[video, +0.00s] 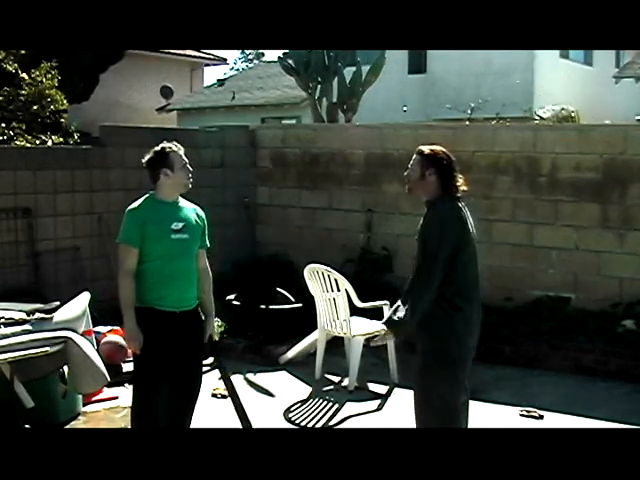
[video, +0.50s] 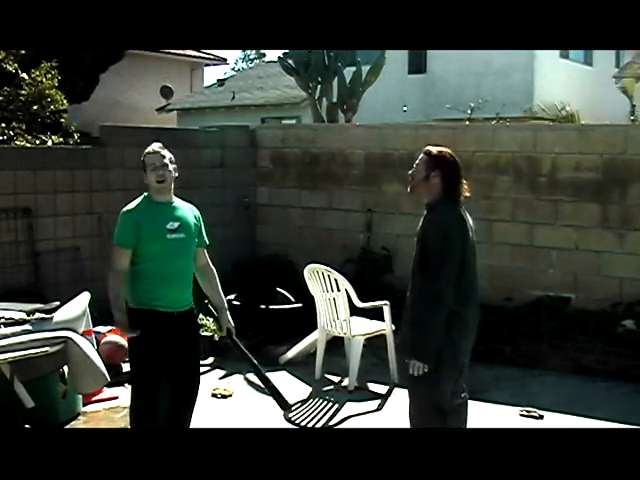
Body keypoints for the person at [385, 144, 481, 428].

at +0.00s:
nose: (406, 176)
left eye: (411, 171)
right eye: (408, 169)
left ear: (430, 176)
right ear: (432, 177)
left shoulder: (442, 216)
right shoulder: (448, 210)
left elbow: (428, 276)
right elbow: (425, 274)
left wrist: (401, 322)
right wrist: (401, 308)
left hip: (447, 327)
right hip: (452, 323)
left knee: (435, 403)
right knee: (446, 400)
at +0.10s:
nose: (406, 177)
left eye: (412, 171)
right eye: (408, 170)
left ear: (431, 176)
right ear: (431, 176)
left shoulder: (444, 214)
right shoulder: (442, 210)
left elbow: (426, 271)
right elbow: (422, 265)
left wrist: (393, 314)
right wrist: (392, 299)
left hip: (448, 326)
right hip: (446, 322)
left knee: (437, 400)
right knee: (441, 398)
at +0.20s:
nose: (407, 177)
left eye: (413, 171)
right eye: (408, 170)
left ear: (431, 176)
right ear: (431, 176)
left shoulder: (443, 214)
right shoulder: (447, 210)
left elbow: (427, 272)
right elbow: (426, 270)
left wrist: (391, 306)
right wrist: (393, 300)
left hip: (446, 326)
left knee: (434, 400)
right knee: (444, 398)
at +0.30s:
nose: (407, 177)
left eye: (413, 171)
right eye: (409, 170)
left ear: (432, 177)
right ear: (433, 177)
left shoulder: (443, 217)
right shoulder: (449, 212)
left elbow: (430, 281)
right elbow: (432, 276)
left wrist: (390, 314)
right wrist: (398, 300)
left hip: (444, 328)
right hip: (452, 324)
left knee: (434, 401)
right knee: (446, 398)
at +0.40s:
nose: (409, 179)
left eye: (415, 172)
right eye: (411, 171)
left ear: (434, 177)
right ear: (434, 177)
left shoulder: (444, 219)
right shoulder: (446, 215)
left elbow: (435, 288)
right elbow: (433, 285)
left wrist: (399, 330)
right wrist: (401, 325)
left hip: (443, 331)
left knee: (432, 405)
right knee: (445, 401)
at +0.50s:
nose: (409, 173)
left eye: (415, 168)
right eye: (413, 167)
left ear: (434, 178)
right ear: (435, 179)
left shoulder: (440, 221)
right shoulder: (454, 216)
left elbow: (433, 291)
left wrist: (421, 350)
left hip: (437, 346)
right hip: (451, 341)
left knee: (428, 414)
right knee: (447, 407)